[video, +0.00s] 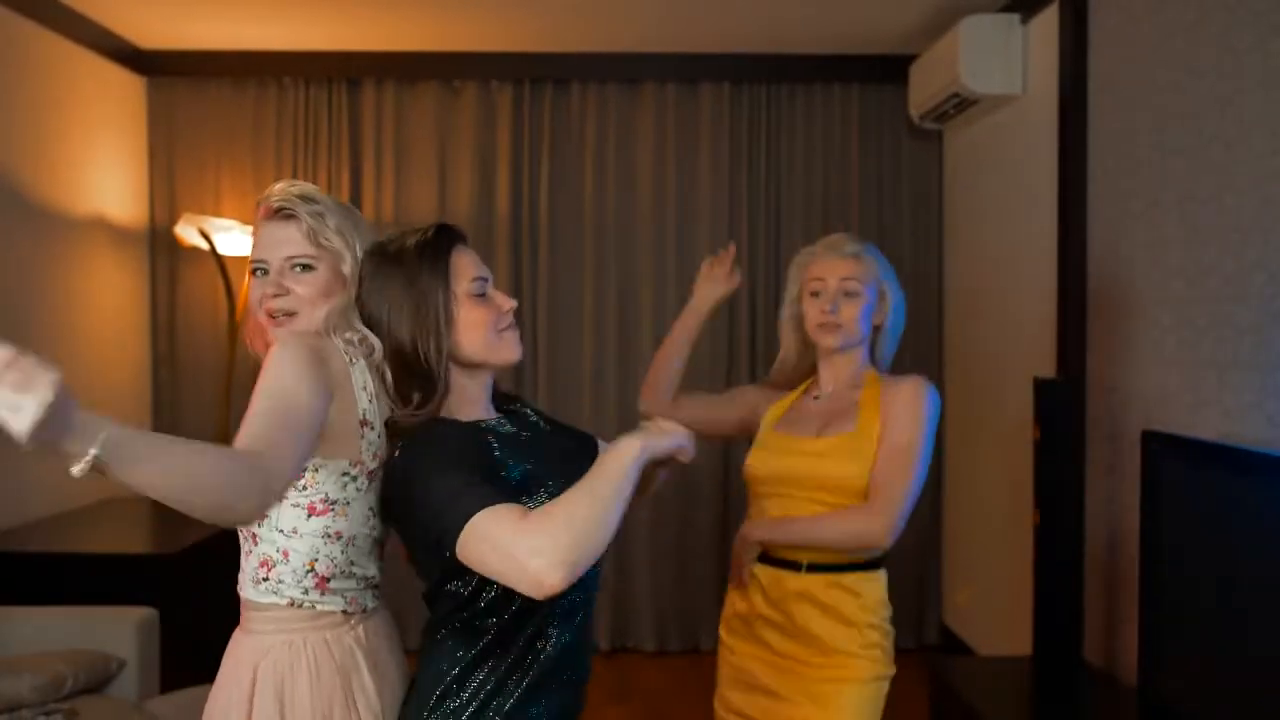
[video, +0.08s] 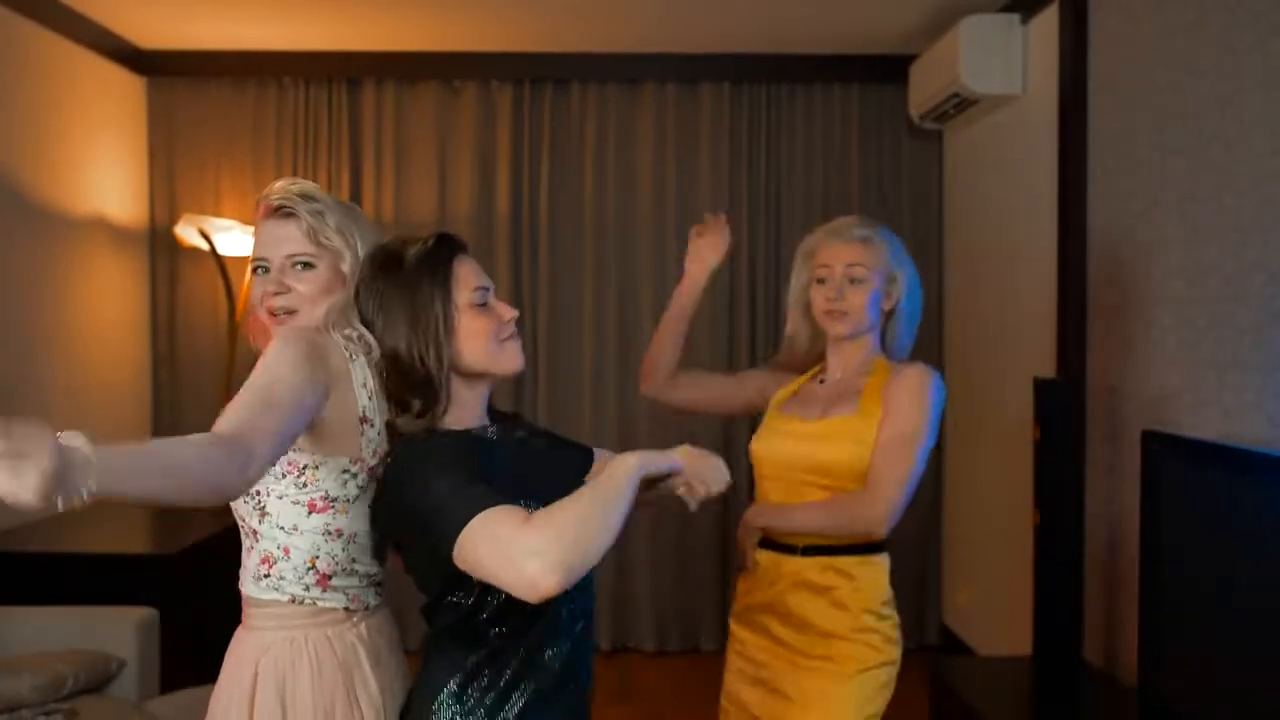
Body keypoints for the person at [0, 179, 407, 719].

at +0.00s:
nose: (275, 287)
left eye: (303, 267)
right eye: (262, 269)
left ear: (354, 280)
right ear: (249, 279)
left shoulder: (305, 356)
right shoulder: (364, 362)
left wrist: (77, 429)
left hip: (295, 654)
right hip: (359, 640)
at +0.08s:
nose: (275, 285)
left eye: (303, 265)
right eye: (263, 267)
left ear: (354, 278)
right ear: (250, 275)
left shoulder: (306, 350)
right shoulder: (363, 356)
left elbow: (233, 458)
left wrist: (78, 467)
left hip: (298, 651)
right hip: (359, 636)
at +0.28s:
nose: (276, 298)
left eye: (306, 278)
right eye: (266, 279)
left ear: (358, 291)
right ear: (254, 290)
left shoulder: (308, 387)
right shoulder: (375, 381)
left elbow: (236, 536)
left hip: (302, 669)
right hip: (368, 656)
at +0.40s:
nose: (275, 309)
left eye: (305, 291)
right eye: (265, 289)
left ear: (356, 306)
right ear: (252, 303)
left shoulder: (310, 413)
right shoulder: (363, 407)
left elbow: (273, 607)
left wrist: (176, 714)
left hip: (306, 674)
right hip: (362, 659)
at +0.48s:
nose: (273, 314)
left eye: (304, 297)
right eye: (264, 295)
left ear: (353, 316)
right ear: (249, 306)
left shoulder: (303, 419)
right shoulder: (366, 411)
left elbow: (291, 620)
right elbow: (354, 565)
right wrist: (267, 593)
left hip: (314, 685)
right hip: (365, 669)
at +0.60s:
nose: (272, 310)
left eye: (302, 293)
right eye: (261, 292)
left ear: (351, 309)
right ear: (248, 304)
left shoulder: (297, 408)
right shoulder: (361, 403)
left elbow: (315, 623)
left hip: (315, 688)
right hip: (366, 678)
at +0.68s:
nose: (273, 301)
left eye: (303, 285)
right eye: (262, 283)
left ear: (353, 303)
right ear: (249, 298)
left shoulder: (295, 396)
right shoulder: (361, 391)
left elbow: (321, 608)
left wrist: (285, 712)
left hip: (307, 685)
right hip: (366, 677)